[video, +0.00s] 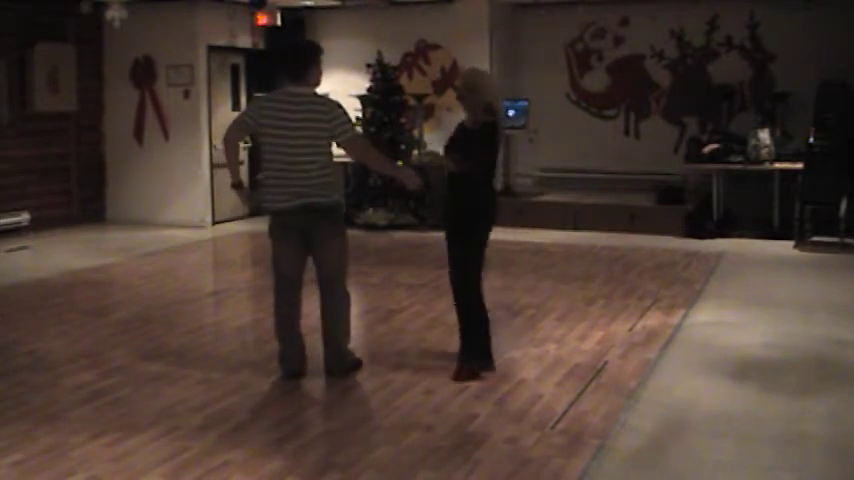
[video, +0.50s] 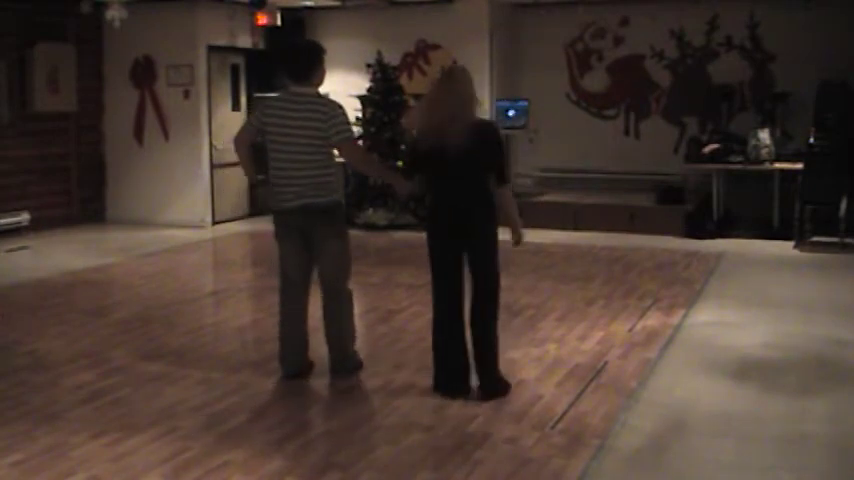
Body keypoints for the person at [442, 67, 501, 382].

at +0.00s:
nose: (459, 97)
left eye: (464, 92)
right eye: (459, 92)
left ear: (476, 95)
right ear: (477, 96)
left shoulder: (483, 128)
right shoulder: (471, 127)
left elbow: (464, 167)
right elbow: (454, 163)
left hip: (473, 214)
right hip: (463, 212)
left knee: (467, 286)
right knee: (464, 284)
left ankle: (476, 357)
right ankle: (474, 354)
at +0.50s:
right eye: (470, 90)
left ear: (435, 96)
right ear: (471, 95)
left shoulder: (425, 136)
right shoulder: (486, 132)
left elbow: (411, 183)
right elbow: (501, 185)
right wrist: (515, 222)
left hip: (441, 227)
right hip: (480, 226)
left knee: (446, 300)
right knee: (486, 297)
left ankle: (449, 379)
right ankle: (489, 379)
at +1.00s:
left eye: (444, 93)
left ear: (444, 98)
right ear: (482, 98)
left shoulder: (436, 139)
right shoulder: (493, 139)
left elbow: (412, 191)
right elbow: (502, 196)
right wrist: (515, 239)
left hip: (443, 241)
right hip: (480, 243)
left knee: (451, 314)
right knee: (478, 321)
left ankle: (448, 381)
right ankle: (476, 408)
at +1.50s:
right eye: (484, 93)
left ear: (444, 96)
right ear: (482, 98)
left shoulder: (430, 137)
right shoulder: (490, 138)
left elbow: (415, 189)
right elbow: (495, 196)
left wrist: (429, 221)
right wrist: (505, 240)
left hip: (436, 240)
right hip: (476, 239)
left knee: (439, 316)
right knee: (484, 317)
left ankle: (435, 400)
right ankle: (483, 402)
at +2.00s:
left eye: (442, 90)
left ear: (443, 98)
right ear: (483, 97)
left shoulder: (431, 140)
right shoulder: (496, 137)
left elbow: (415, 193)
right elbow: (509, 195)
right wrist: (526, 235)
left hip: (441, 243)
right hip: (483, 243)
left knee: (444, 317)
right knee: (482, 320)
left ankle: (445, 399)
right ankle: (482, 409)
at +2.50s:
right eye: (472, 95)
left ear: (436, 100)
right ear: (473, 99)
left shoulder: (423, 141)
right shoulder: (484, 138)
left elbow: (410, 192)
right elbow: (491, 197)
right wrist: (499, 242)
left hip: (434, 242)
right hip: (474, 239)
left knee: (439, 318)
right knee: (483, 313)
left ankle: (443, 397)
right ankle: (487, 392)